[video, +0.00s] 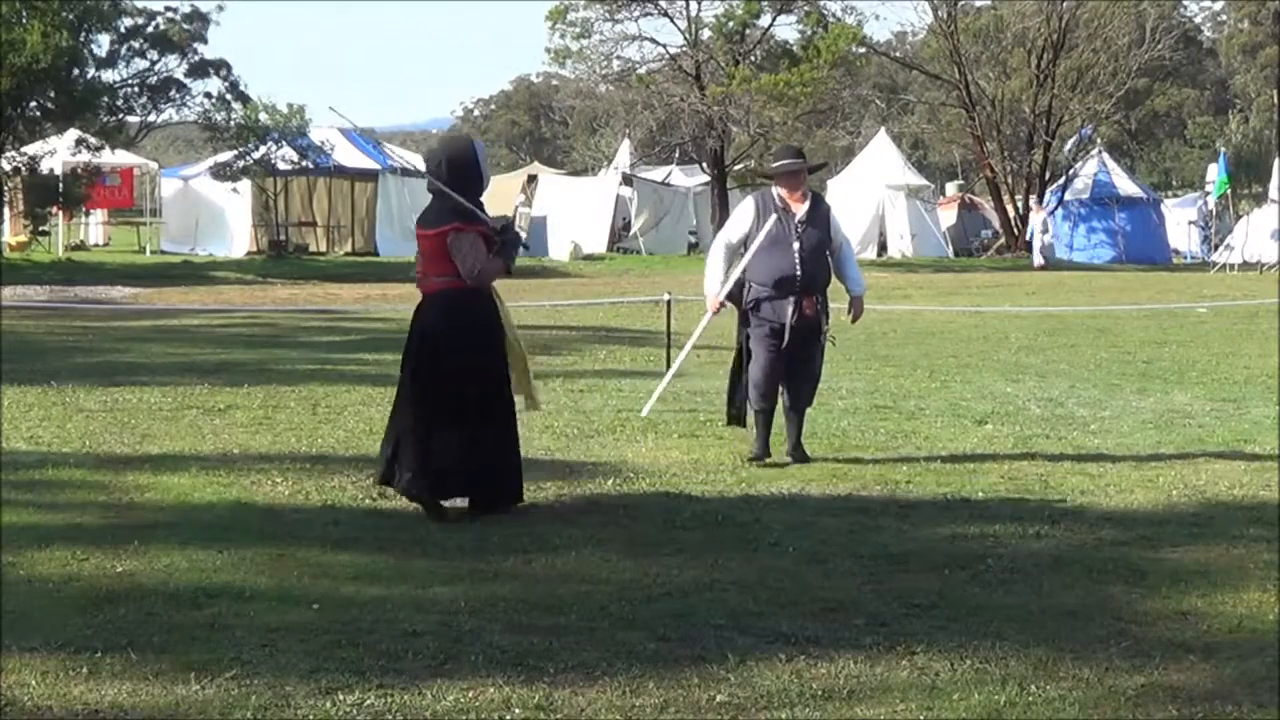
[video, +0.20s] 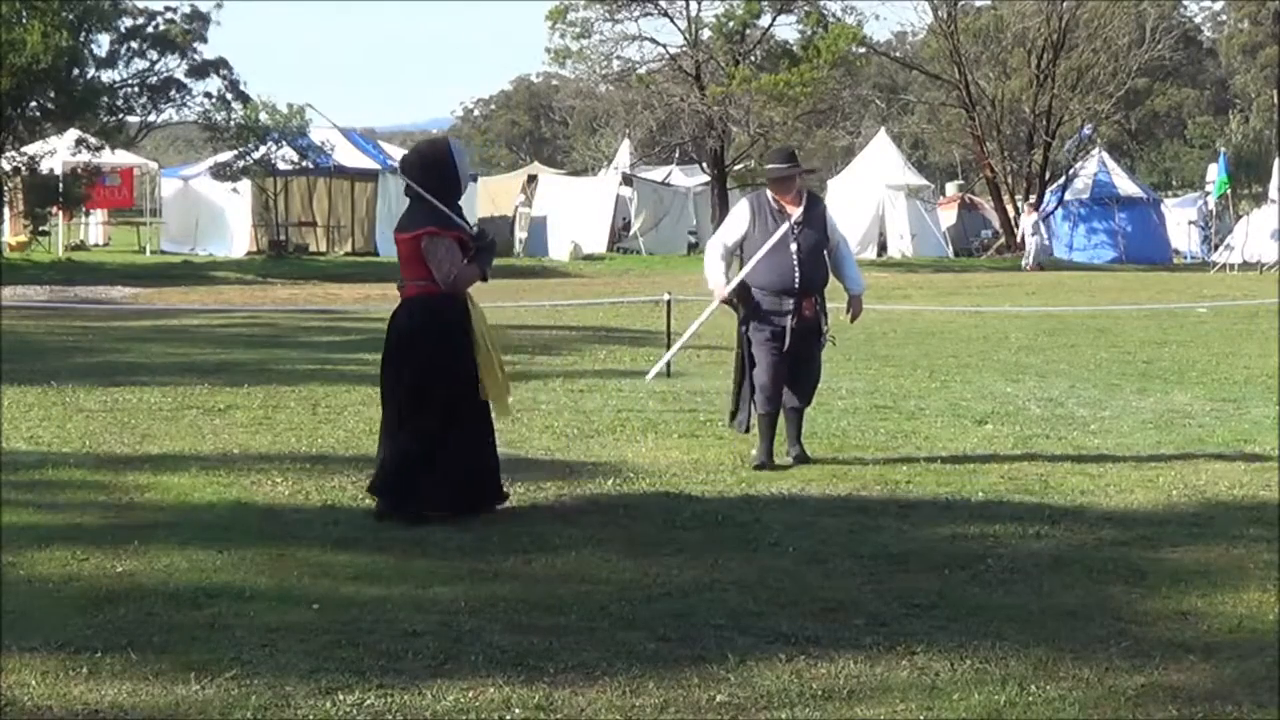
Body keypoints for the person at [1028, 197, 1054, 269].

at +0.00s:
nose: (1033, 207)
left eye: (1034, 205)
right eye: (1032, 205)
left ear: (1038, 205)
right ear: (1031, 206)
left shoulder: (1044, 214)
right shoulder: (1032, 214)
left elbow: (1050, 224)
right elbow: (1030, 225)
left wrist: (1050, 234)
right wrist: (1028, 234)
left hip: (1043, 234)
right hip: (1036, 234)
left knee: (1040, 248)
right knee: (1035, 248)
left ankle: (1044, 262)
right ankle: (1037, 263)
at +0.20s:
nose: (1026, 210)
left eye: (1027, 208)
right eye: (1025, 208)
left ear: (1031, 209)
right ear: (1024, 209)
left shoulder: (1036, 215)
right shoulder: (1023, 216)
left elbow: (1042, 227)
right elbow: (1021, 227)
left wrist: (1045, 237)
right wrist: (1019, 237)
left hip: (1035, 236)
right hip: (1027, 236)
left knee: (1034, 250)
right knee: (1028, 250)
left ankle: (1032, 264)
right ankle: (1027, 263)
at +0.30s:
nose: (1021, 207)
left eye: (1022, 205)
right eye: (1020, 205)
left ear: (1025, 205)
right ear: (1018, 205)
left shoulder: (1030, 213)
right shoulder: (1017, 214)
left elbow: (1034, 224)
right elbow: (1016, 225)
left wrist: (1037, 233)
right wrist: (1015, 234)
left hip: (1029, 233)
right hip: (1021, 233)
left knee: (1027, 249)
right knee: (1020, 249)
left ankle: (1027, 265)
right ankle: (1020, 265)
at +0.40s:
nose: (1016, 205)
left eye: (1017, 203)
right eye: (1015, 203)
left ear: (1021, 204)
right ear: (1014, 204)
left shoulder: (1025, 213)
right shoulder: (1013, 214)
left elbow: (1029, 224)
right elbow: (1013, 225)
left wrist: (1029, 234)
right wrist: (1011, 234)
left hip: (1023, 233)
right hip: (1015, 233)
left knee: (1024, 248)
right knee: (1015, 248)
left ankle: (1022, 264)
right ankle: (1017, 263)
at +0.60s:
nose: (1003, 208)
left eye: (1004, 206)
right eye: (1002, 206)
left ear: (1008, 206)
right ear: (1001, 207)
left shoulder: (1012, 214)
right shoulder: (1001, 216)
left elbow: (1016, 226)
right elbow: (1001, 227)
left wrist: (1012, 234)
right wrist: (1000, 236)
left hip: (1013, 235)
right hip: (1004, 235)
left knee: (1017, 249)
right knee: (1003, 249)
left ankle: (1018, 264)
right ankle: (1003, 264)